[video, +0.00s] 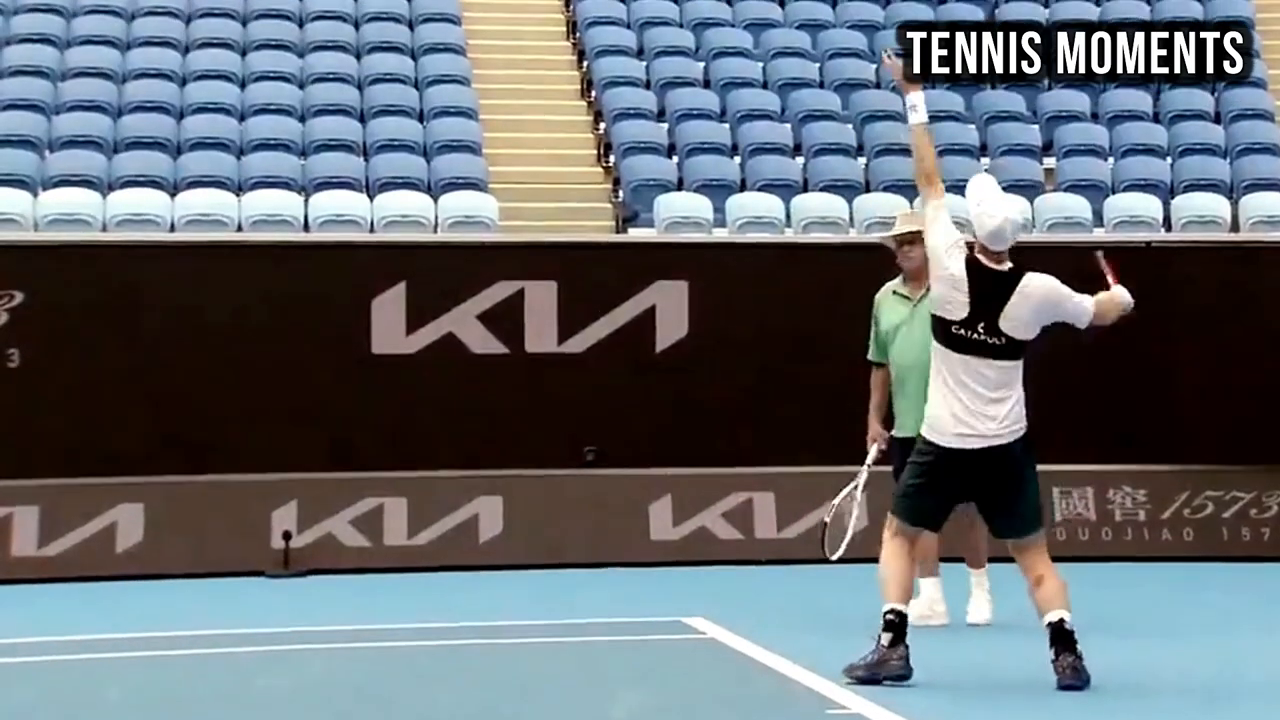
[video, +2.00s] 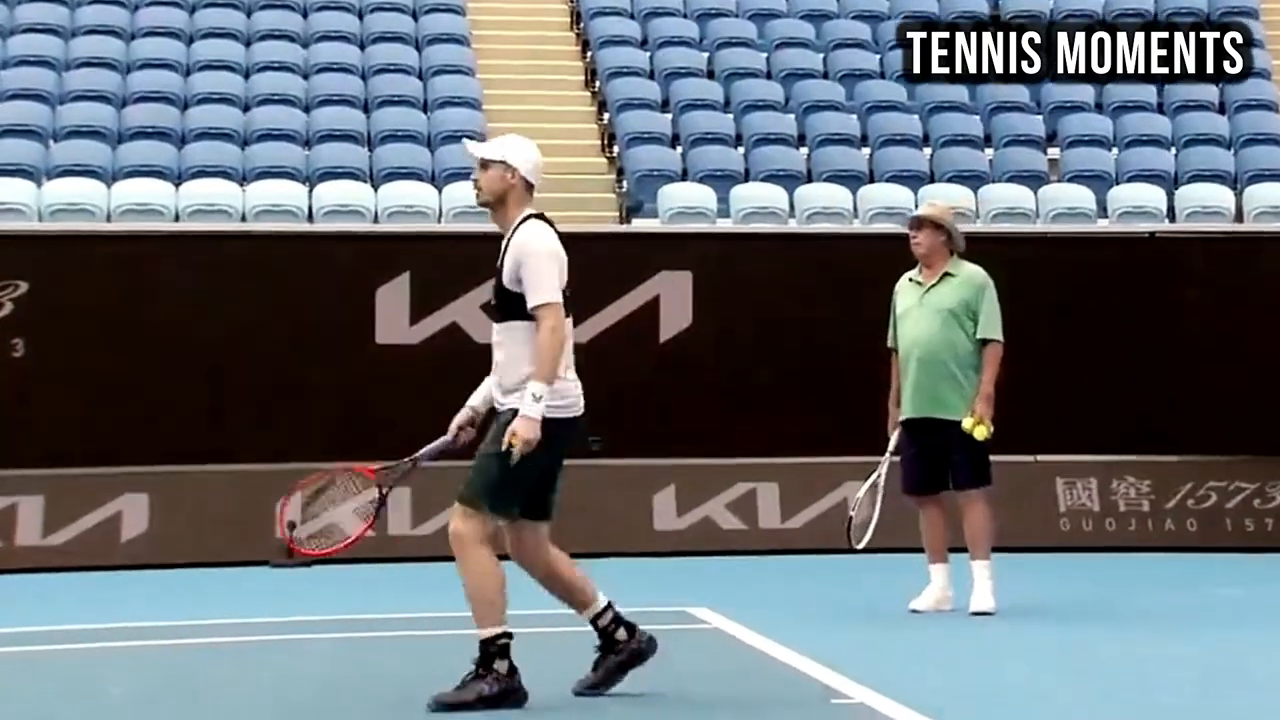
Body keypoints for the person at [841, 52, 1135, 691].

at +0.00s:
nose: (963, 222)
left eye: (967, 219)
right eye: (986, 218)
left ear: (971, 234)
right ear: (1015, 237)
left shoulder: (947, 266)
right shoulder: (1039, 291)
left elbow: (929, 181)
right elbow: (1103, 311)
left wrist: (912, 96)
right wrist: (1119, 291)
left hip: (943, 442)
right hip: (1006, 444)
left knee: (898, 534)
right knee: (1034, 556)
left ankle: (892, 647)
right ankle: (1066, 653)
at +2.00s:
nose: (475, 177)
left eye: (484, 168)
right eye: (477, 168)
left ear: (514, 178)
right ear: (509, 179)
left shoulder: (535, 240)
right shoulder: (516, 241)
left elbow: (553, 329)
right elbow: (517, 346)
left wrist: (533, 408)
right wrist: (478, 404)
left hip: (534, 412)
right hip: (534, 410)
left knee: (468, 527)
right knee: (526, 542)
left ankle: (496, 670)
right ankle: (621, 637)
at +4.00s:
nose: (844, 157)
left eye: (837, 150)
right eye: (844, 150)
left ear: (800, 152)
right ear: (841, 152)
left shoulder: (766, 202)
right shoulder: (845, 197)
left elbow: (741, 283)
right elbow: (859, 279)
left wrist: (751, 360)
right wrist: (881, 361)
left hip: (778, 360)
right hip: (829, 353)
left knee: (809, 488)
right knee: (851, 485)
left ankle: (818, 611)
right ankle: (790, 584)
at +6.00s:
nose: (942, 132)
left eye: (936, 125)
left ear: (934, 127)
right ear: (976, 120)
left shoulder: (932, 178)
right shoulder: (1018, 173)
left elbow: (926, 261)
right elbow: (1055, 254)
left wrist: (899, 287)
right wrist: (1044, 317)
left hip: (958, 344)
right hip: (1015, 340)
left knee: (955, 464)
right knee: (1012, 461)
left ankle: (966, 589)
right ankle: (1022, 591)